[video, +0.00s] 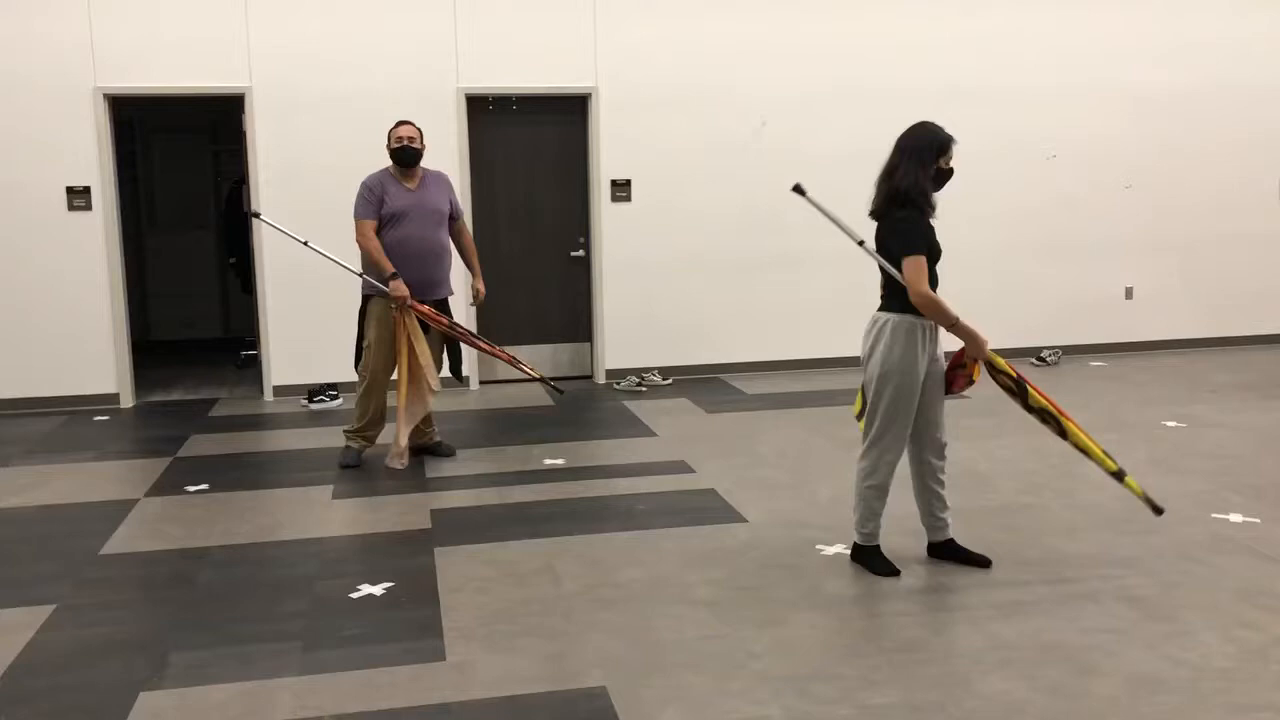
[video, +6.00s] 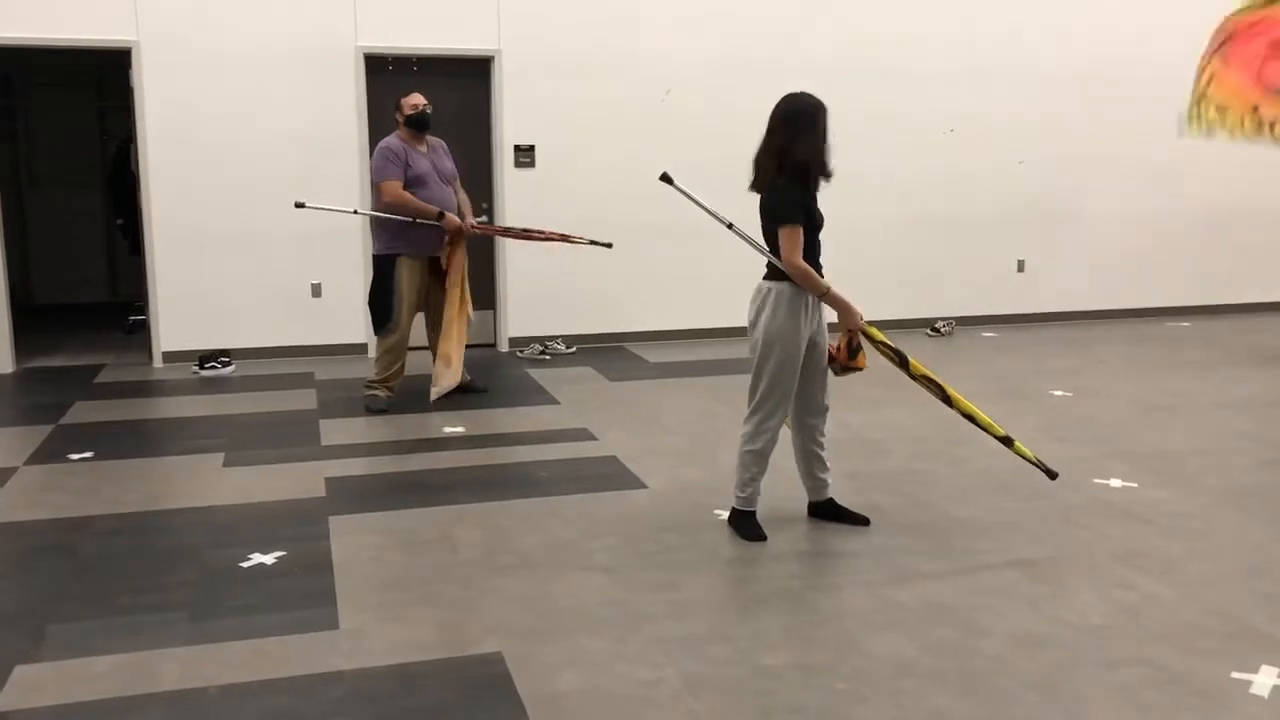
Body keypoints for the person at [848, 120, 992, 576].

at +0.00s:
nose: (948, 170)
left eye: (949, 161)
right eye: (944, 161)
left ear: (912, 159)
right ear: (926, 161)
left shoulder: (912, 214)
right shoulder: (904, 217)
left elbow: (912, 293)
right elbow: (919, 294)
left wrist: (943, 332)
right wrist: (968, 334)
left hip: (920, 337)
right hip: (897, 336)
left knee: (930, 443)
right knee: (883, 442)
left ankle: (939, 539)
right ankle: (865, 542)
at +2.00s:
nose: (874, 180)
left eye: (883, 173)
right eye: (865, 173)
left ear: (895, 179)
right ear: (852, 177)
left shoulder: (902, 231)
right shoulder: (843, 232)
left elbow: (914, 295)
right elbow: (834, 304)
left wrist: (925, 354)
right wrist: (892, 341)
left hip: (897, 348)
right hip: (851, 347)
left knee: (894, 453)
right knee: (840, 456)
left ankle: (893, 551)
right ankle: (825, 558)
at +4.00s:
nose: (858, 165)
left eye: (859, 156)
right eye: (853, 156)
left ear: (825, 153)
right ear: (832, 155)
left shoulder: (823, 204)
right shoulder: (811, 206)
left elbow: (827, 280)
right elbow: (820, 282)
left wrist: (850, 336)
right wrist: (863, 333)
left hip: (834, 323)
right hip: (806, 323)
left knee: (836, 428)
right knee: (791, 428)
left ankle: (843, 522)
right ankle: (766, 527)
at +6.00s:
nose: (825, 138)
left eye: (823, 129)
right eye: (821, 130)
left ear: (782, 130)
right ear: (810, 133)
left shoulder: (800, 181)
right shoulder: (786, 184)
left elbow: (800, 259)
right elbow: (791, 262)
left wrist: (832, 312)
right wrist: (843, 305)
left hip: (807, 302)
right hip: (782, 302)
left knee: (811, 408)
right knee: (768, 409)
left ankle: (820, 500)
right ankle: (743, 507)